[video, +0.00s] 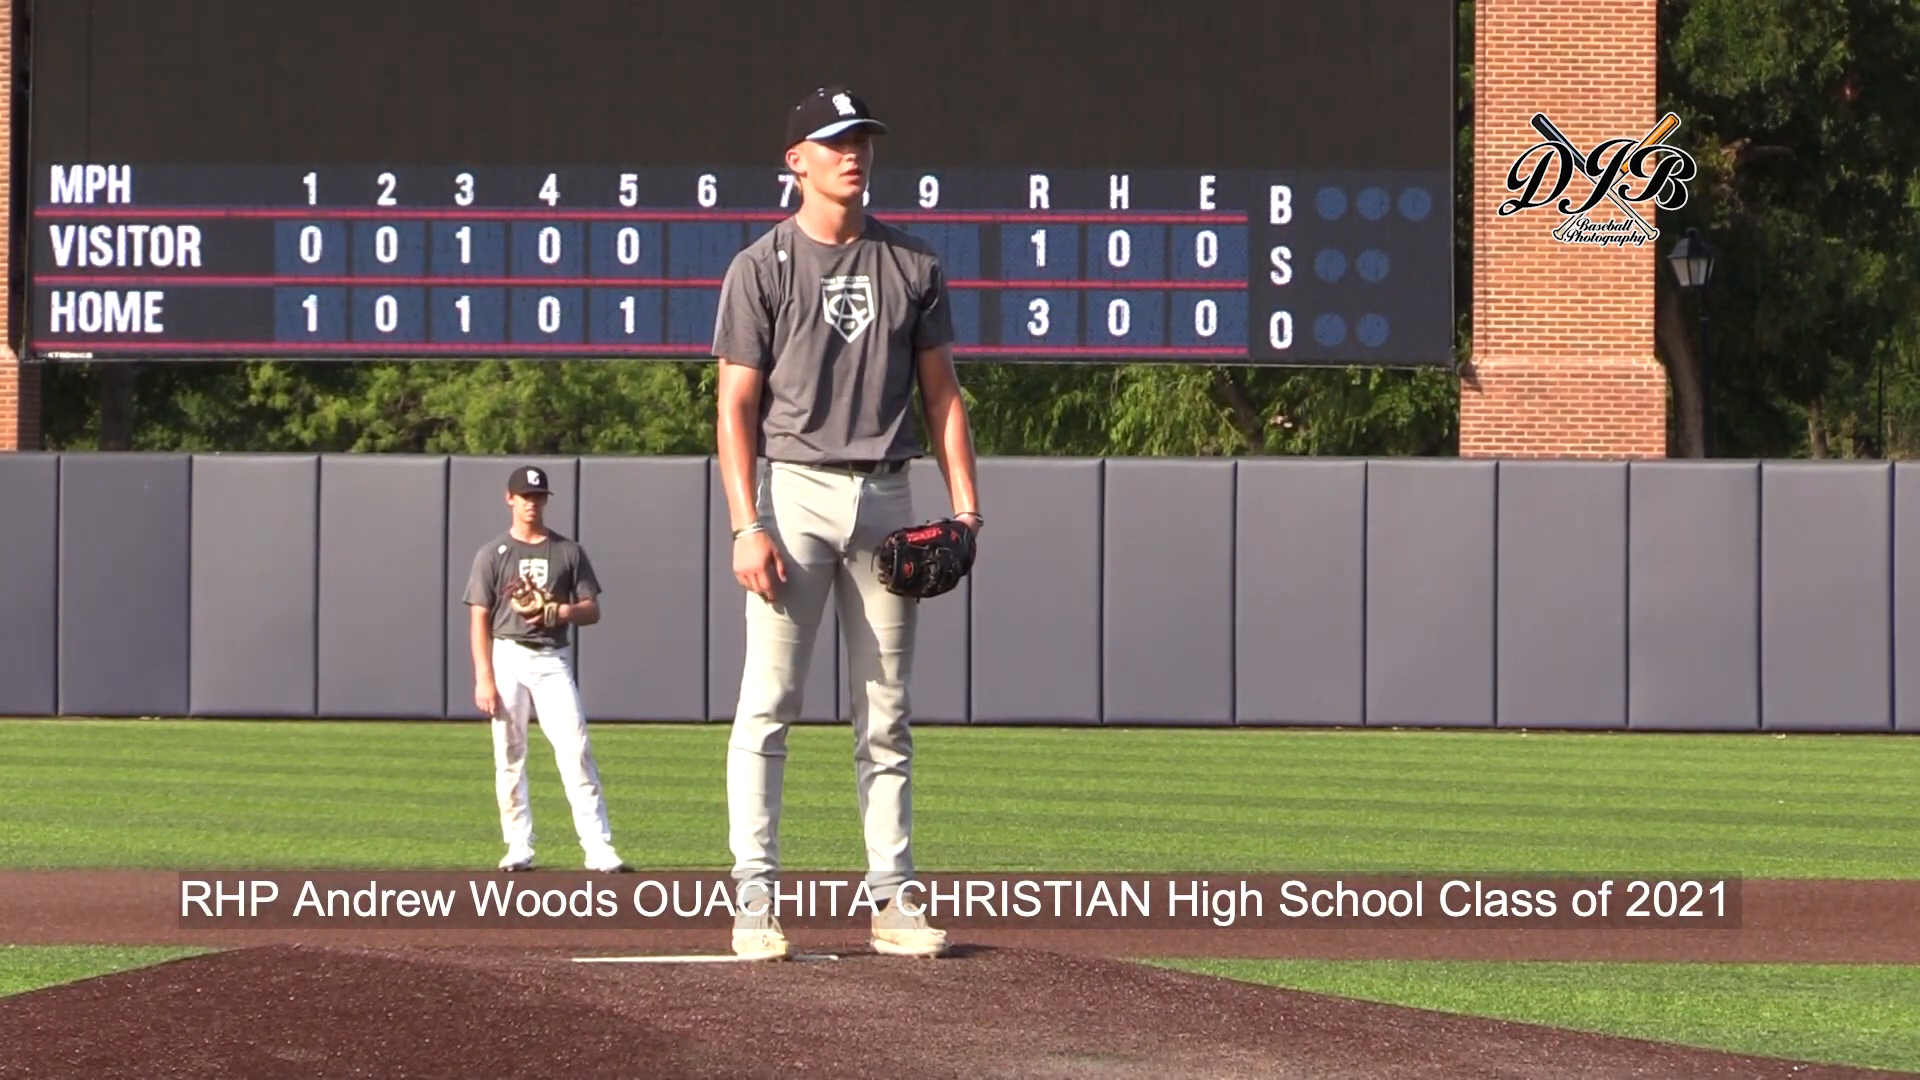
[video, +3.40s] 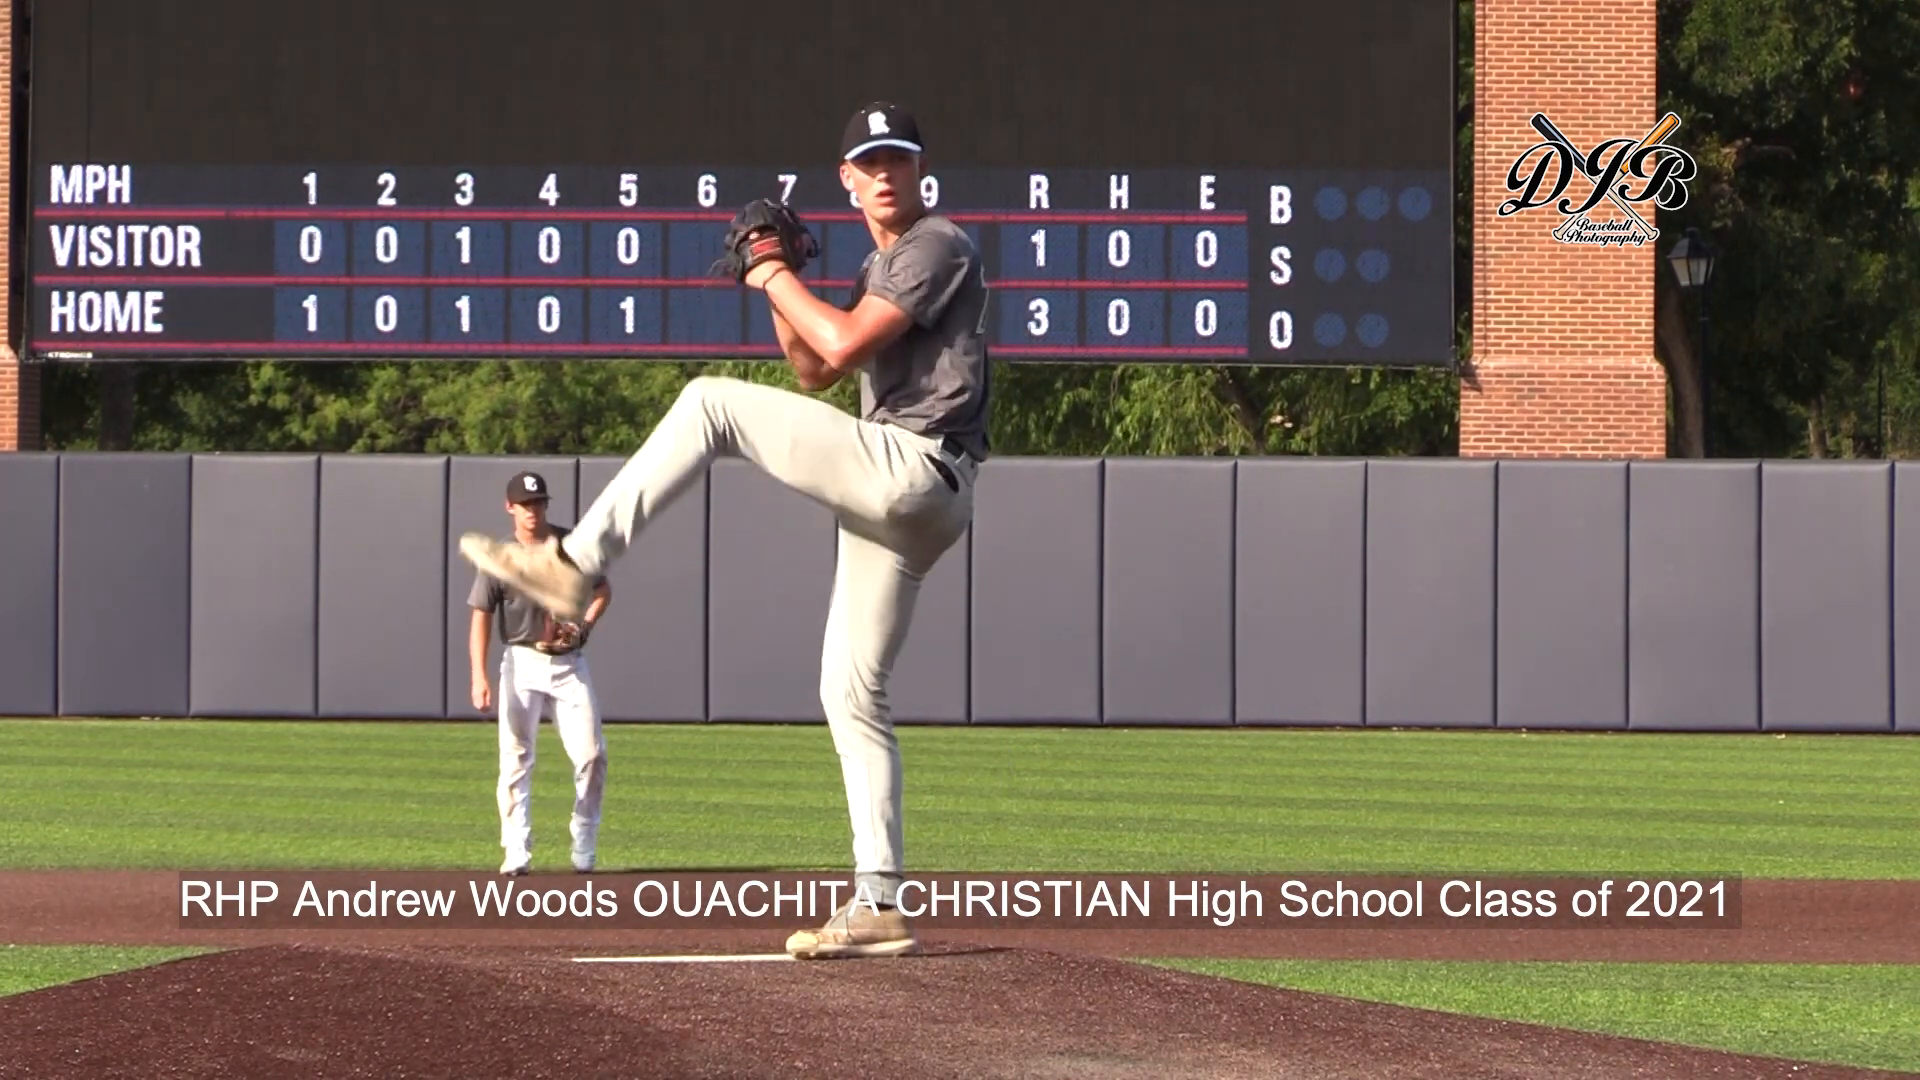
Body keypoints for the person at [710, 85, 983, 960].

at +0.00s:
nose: (852, 159)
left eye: (860, 145)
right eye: (835, 146)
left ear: (872, 158)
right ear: (798, 160)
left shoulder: (912, 267)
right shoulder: (759, 268)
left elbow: (944, 395)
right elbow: (733, 408)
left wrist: (965, 510)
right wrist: (745, 524)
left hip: (888, 497)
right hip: (792, 493)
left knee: (887, 712)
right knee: (769, 704)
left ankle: (893, 897)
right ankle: (755, 895)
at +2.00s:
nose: (911, 163)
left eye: (919, 149)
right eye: (894, 152)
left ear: (934, 159)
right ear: (861, 167)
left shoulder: (973, 251)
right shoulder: (840, 273)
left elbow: (994, 395)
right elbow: (834, 400)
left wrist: (904, 480)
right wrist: (824, 462)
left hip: (950, 502)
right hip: (862, 504)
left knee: (960, 706)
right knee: (829, 695)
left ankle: (970, 906)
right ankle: (836, 896)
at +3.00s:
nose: (901, 165)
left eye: (911, 150)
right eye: (884, 153)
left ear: (930, 160)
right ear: (857, 167)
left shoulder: (953, 244)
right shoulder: (858, 263)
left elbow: (932, 383)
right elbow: (846, 381)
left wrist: (817, 423)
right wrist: (784, 405)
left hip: (930, 486)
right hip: (867, 490)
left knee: (870, 686)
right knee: (851, 697)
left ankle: (940, 882)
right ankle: (880, 898)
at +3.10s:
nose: (895, 165)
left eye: (906, 150)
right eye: (879, 153)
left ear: (926, 160)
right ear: (853, 166)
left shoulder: (948, 243)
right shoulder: (865, 261)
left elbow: (914, 378)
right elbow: (849, 368)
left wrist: (796, 391)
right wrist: (780, 368)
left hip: (925, 479)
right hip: (873, 479)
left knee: (797, 630)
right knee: (868, 696)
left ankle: (872, 829)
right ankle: (874, 908)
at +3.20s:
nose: (889, 168)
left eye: (902, 153)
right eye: (873, 155)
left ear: (925, 162)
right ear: (851, 170)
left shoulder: (946, 242)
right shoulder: (869, 264)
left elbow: (893, 371)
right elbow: (853, 387)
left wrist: (778, 343)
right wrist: (779, 342)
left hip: (920, 475)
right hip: (885, 476)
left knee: (741, 557)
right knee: (863, 704)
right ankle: (882, 906)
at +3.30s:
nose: (886, 173)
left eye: (899, 157)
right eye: (870, 160)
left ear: (924, 166)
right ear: (850, 174)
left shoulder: (943, 242)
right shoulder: (875, 263)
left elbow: (871, 360)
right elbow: (839, 380)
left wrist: (773, 303)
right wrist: (778, 309)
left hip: (918, 473)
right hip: (894, 477)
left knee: (713, 481)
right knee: (864, 702)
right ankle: (879, 907)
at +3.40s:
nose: (885, 178)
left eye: (897, 162)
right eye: (869, 165)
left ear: (922, 170)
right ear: (848, 178)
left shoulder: (937, 243)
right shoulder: (878, 264)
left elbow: (845, 346)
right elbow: (811, 365)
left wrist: (773, 276)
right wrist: (779, 276)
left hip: (910, 468)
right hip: (898, 488)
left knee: (711, 403)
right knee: (854, 698)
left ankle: (575, 565)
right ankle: (878, 905)